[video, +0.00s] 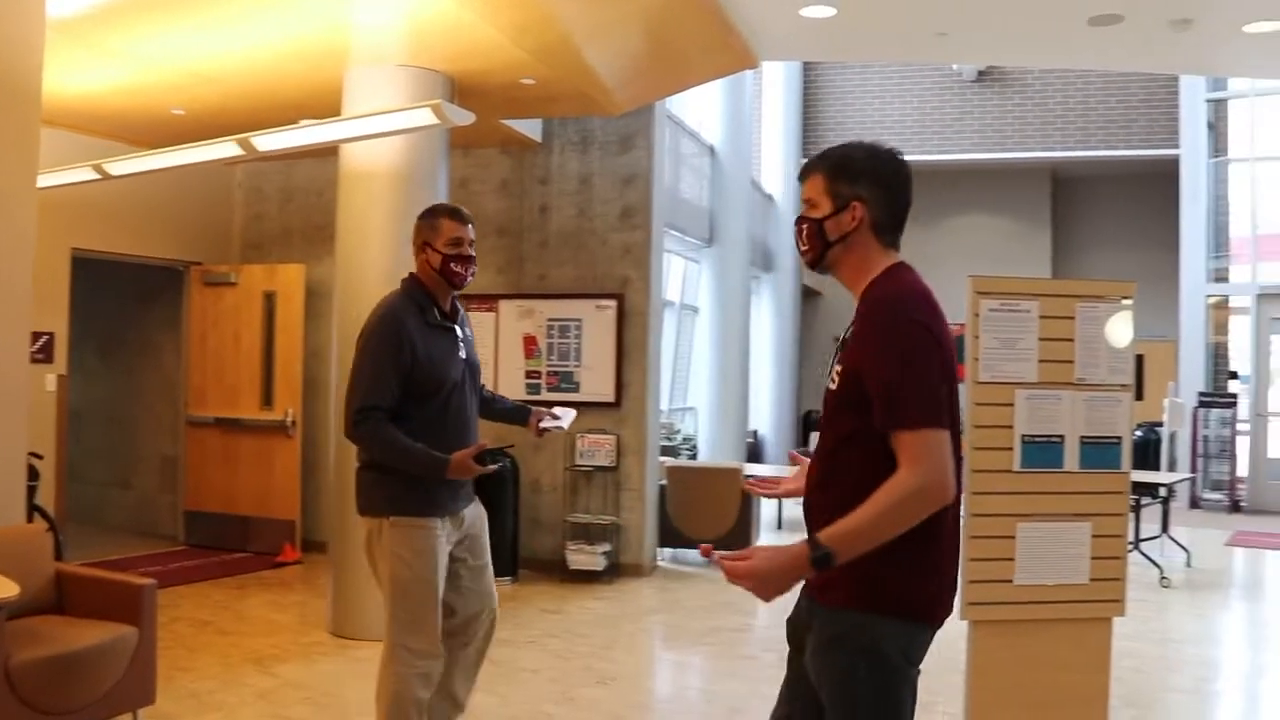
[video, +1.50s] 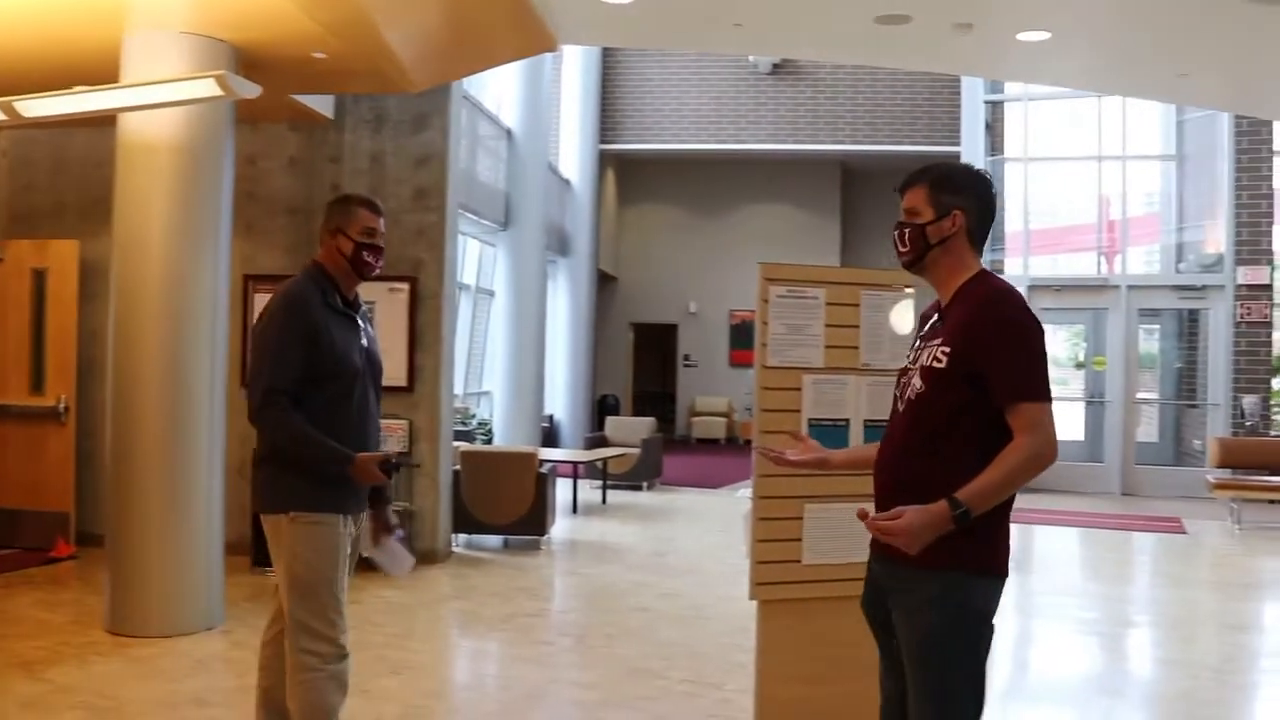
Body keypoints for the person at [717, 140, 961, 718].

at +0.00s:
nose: (800, 229)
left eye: (810, 213)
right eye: (801, 214)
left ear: (854, 217)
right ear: (853, 217)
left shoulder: (898, 306)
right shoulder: (880, 304)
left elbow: (930, 480)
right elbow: (896, 455)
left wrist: (802, 558)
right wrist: (817, 477)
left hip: (875, 611)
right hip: (841, 599)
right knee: (795, 713)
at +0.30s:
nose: (830, 219)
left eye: (837, 204)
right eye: (833, 204)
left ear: (867, 209)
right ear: (879, 209)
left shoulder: (920, 301)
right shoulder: (901, 298)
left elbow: (962, 471)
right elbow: (898, 448)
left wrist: (843, 556)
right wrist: (808, 461)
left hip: (887, 600)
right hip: (863, 593)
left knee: (870, 711)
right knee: (845, 707)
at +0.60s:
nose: (866, 221)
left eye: (872, 207)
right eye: (868, 207)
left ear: (901, 216)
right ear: (915, 218)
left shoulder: (944, 306)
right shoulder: (931, 302)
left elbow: (978, 469)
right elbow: (917, 449)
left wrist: (859, 542)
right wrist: (824, 455)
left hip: (906, 584)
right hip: (908, 580)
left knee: (875, 708)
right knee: (906, 709)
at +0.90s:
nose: (897, 237)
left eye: (904, 223)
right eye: (899, 224)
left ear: (933, 232)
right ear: (942, 234)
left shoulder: (973, 317)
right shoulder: (959, 313)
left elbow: (1003, 468)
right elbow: (948, 456)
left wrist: (892, 531)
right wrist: (859, 468)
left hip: (936, 578)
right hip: (938, 574)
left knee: (887, 710)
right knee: (944, 711)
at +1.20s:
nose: (900, 235)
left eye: (908, 222)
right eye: (902, 223)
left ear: (942, 227)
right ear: (942, 230)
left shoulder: (987, 307)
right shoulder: (958, 309)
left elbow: (1025, 446)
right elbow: (943, 444)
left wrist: (922, 517)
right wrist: (853, 465)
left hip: (947, 567)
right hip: (927, 562)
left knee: (896, 710)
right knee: (937, 709)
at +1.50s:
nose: (901, 232)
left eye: (912, 218)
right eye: (901, 219)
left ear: (954, 224)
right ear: (949, 225)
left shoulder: (997, 307)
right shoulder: (937, 315)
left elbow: (1039, 443)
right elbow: (919, 443)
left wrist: (942, 515)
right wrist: (829, 457)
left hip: (950, 573)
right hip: (898, 563)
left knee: (943, 714)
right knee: (899, 711)